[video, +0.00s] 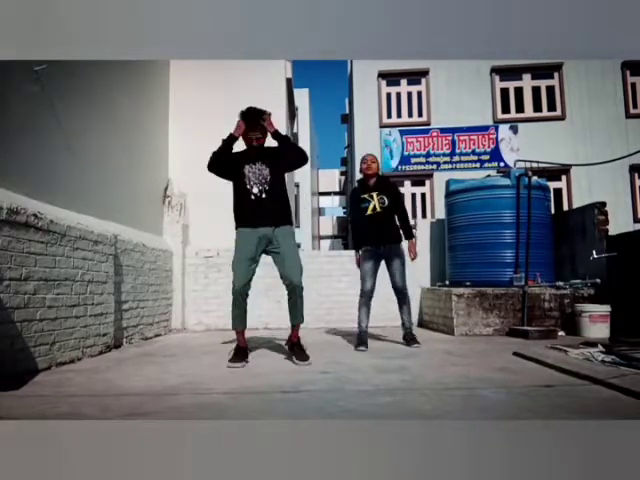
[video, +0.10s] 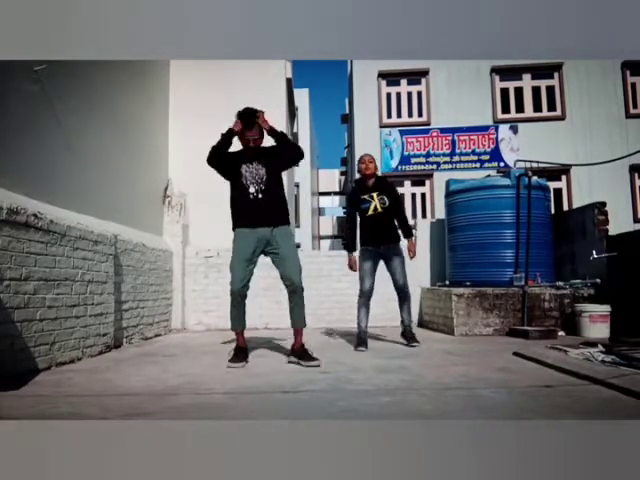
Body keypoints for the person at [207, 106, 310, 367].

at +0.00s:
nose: (256, 140)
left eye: (260, 135)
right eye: (251, 136)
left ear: (267, 134)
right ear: (243, 134)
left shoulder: (277, 155)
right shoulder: (236, 159)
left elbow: (301, 159)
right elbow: (213, 166)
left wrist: (276, 132)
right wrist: (233, 136)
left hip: (281, 229)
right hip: (248, 231)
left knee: (295, 283)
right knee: (239, 286)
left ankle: (295, 340)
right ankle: (241, 344)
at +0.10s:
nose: (253, 140)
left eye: (257, 135)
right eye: (249, 136)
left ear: (262, 133)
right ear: (241, 135)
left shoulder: (273, 155)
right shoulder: (234, 160)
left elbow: (296, 154)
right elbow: (213, 159)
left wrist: (270, 129)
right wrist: (232, 132)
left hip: (278, 228)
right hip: (246, 231)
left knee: (295, 283)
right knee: (237, 287)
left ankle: (299, 345)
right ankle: (240, 345)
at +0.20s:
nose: (251, 139)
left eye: (255, 135)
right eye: (246, 135)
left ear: (261, 135)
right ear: (239, 136)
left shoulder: (270, 155)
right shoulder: (230, 160)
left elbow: (291, 147)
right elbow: (213, 150)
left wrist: (268, 125)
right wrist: (231, 125)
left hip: (276, 229)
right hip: (245, 230)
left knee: (290, 284)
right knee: (237, 287)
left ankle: (305, 343)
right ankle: (240, 345)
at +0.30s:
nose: (254, 137)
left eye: (257, 133)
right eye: (250, 133)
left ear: (262, 132)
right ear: (241, 134)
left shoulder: (269, 151)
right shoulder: (230, 155)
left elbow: (290, 139)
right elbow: (216, 142)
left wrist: (267, 117)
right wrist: (231, 118)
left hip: (275, 227)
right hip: (245, 228)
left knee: (295, 279)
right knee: (239, 286)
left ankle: (301, 340)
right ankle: (241, 344)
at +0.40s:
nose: (261, 134)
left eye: (262, 129)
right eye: (255, 132)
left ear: (265, 127)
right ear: (245, 133)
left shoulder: (272, 150)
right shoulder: (234, 154)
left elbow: (292, 133)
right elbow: (219, 142)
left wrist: (268, 110)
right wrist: (231, 116)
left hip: (276, 225)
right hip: (246, 227)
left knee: (298, 276)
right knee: (239, 284)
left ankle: (294, 332)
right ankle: (241, 343)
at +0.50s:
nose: (265, 134)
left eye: (266, 129)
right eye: (258, 132)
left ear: (268, 128)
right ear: (247, 135)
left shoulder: (278, 154)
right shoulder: (238, 159)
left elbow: (297, 135)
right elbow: (223, 159)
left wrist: (274, 112)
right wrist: (230, 127)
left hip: (279, 227)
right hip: (248, 229)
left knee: (298, 282)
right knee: (239, 285)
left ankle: (291, 327)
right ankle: (240, 342)